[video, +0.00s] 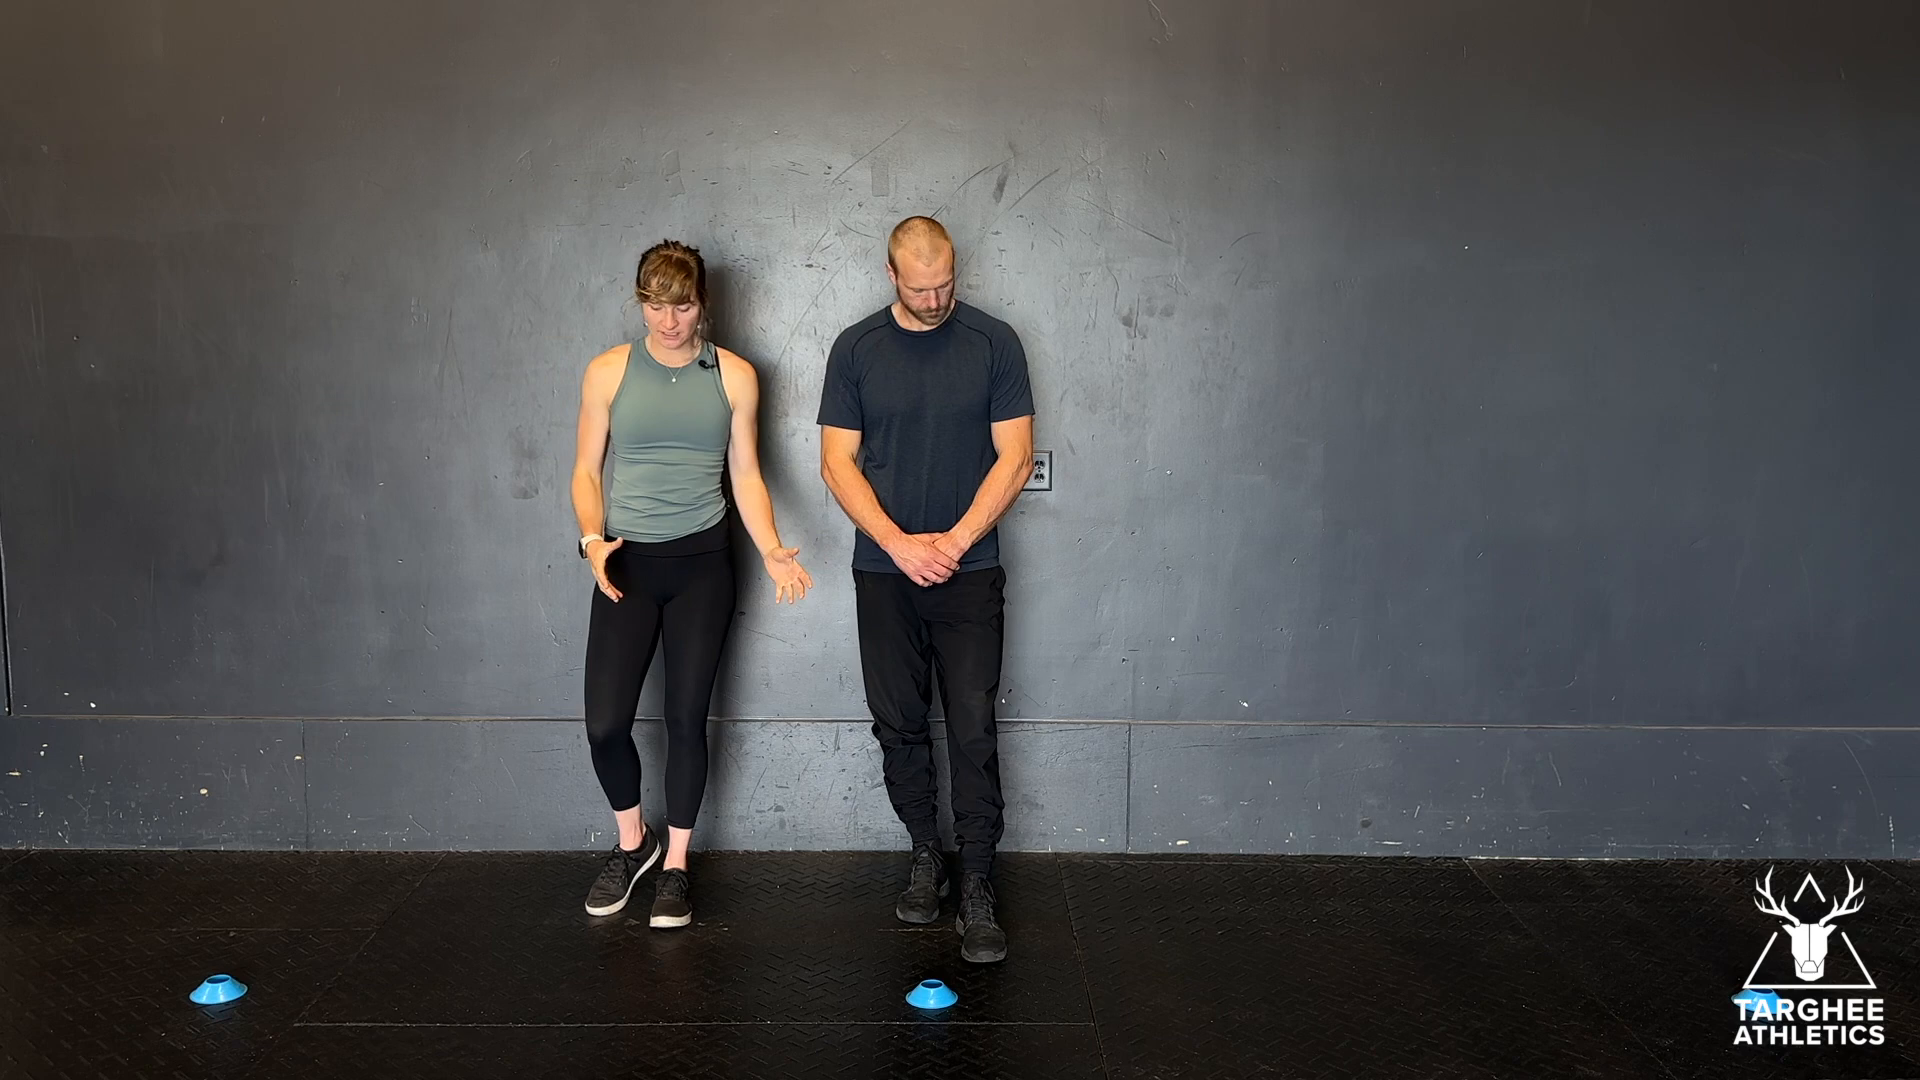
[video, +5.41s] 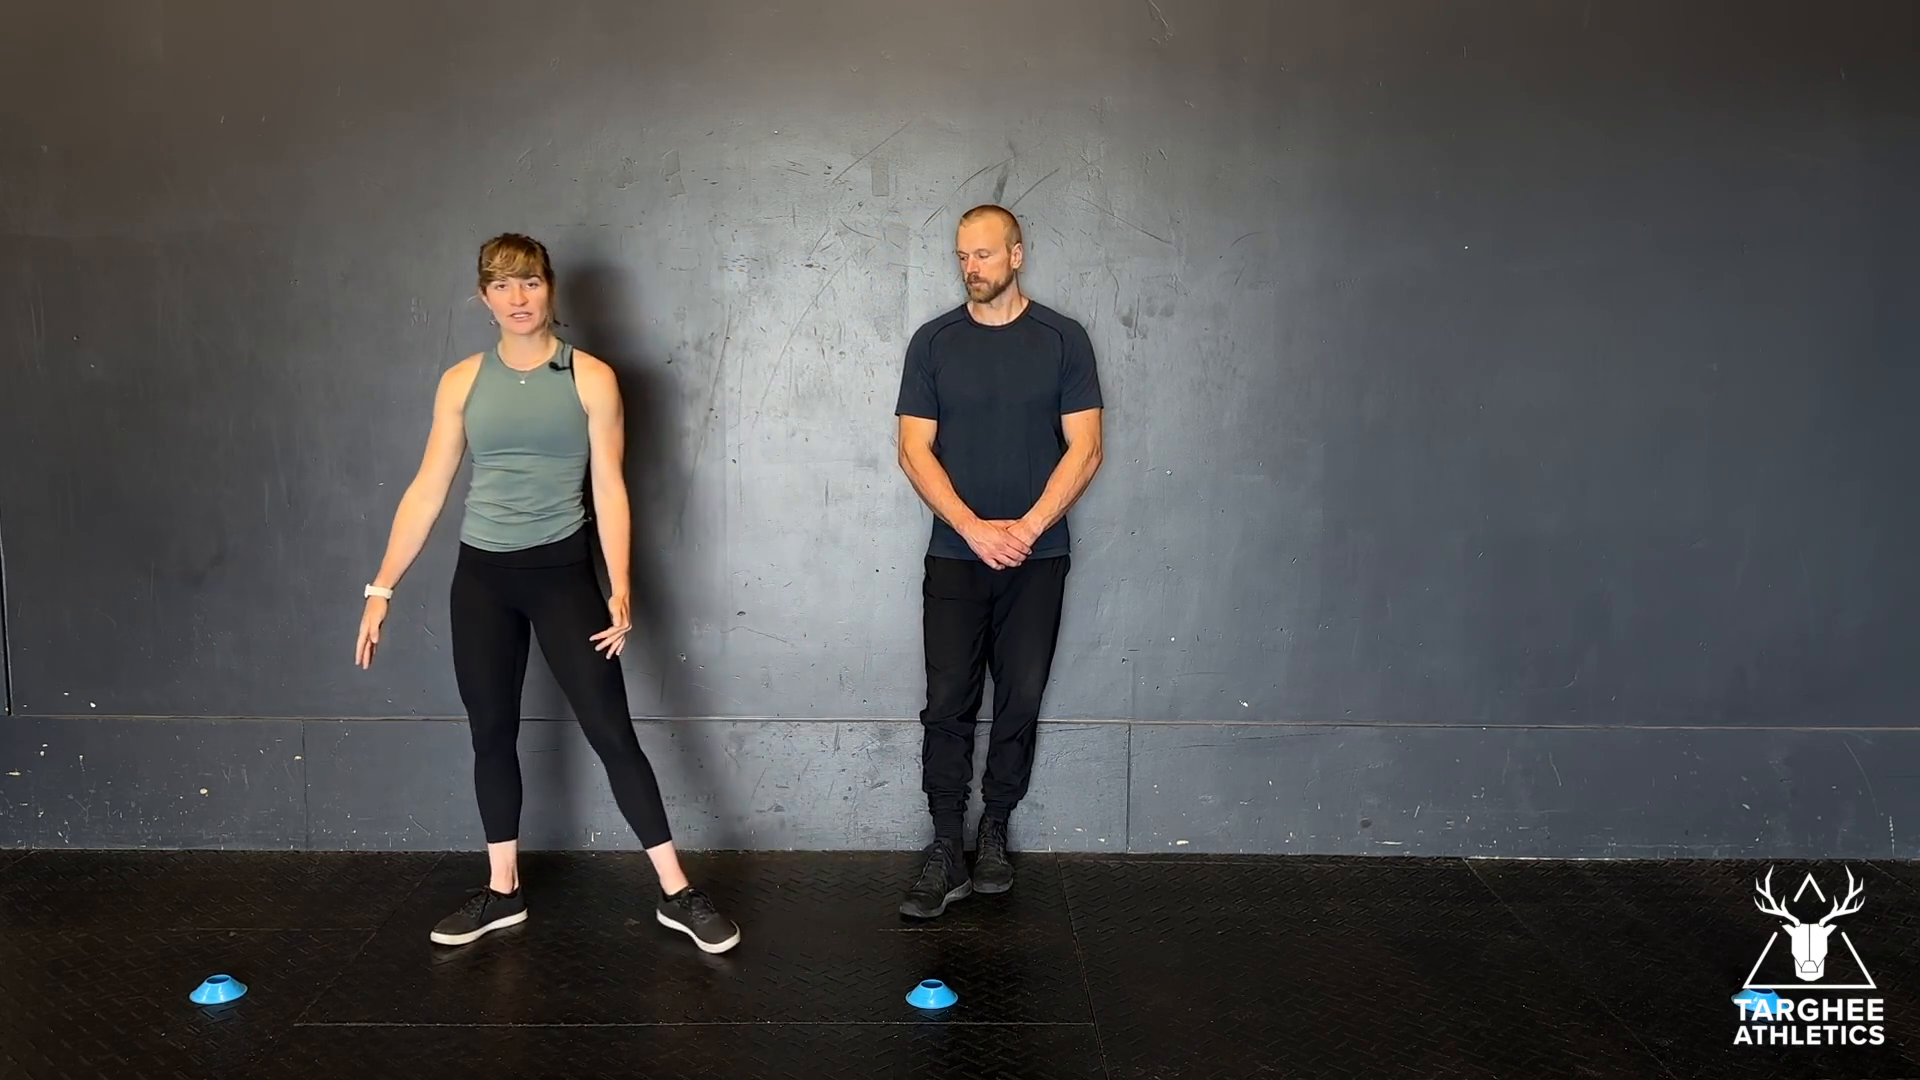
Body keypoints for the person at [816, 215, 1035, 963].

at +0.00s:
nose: (936, 295)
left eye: (945, 281)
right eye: (922, 285)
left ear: (954, 267)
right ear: (893, 274)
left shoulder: (992, 343)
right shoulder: (856, 348)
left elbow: (1016, 460)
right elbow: (836, 464)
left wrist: (954, 541)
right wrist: (896, 541)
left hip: (968, 570)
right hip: (885, 571)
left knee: (972, 731)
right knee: (899, 726)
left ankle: (977, 884)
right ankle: (928, 856)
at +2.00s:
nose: (899, 304)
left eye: (911, 292)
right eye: (889, 292)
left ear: (938, 274)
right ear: (874, 278)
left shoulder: (988, 343)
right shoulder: (851, 348)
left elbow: (1011, 461)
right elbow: (830, 461)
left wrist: (946, 539)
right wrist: (887, 538)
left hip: (963, 564)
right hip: (878, 566)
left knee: (972, 715)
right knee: (895, 721)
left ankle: (975, 870)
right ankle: (926, 855)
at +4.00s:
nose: (973, 286)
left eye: (983, 274)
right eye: (960, 275)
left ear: (996, 265)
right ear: (937, 266)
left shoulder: (1030, 337)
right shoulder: (898, 343)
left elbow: (1055, 451)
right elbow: (882, 454)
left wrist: (997, 530)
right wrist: (937, 530)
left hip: (1008, 553)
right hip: (925, 553)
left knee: (1003, 705)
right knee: (920, 709)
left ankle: (992, 833)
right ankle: (925, 852)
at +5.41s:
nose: (974, 266)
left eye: (985, 253)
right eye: (965, 255)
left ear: (1016, 255)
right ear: (957, 261)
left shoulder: (1063, 339)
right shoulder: (932, 342)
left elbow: (1086, 450)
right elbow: (913, 450)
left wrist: (1026, 530)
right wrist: (969, 526)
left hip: (1036, 552)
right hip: (955, 551)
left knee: (1020, 701)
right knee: (948, 702)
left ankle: (994, 832)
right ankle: (945, 847)